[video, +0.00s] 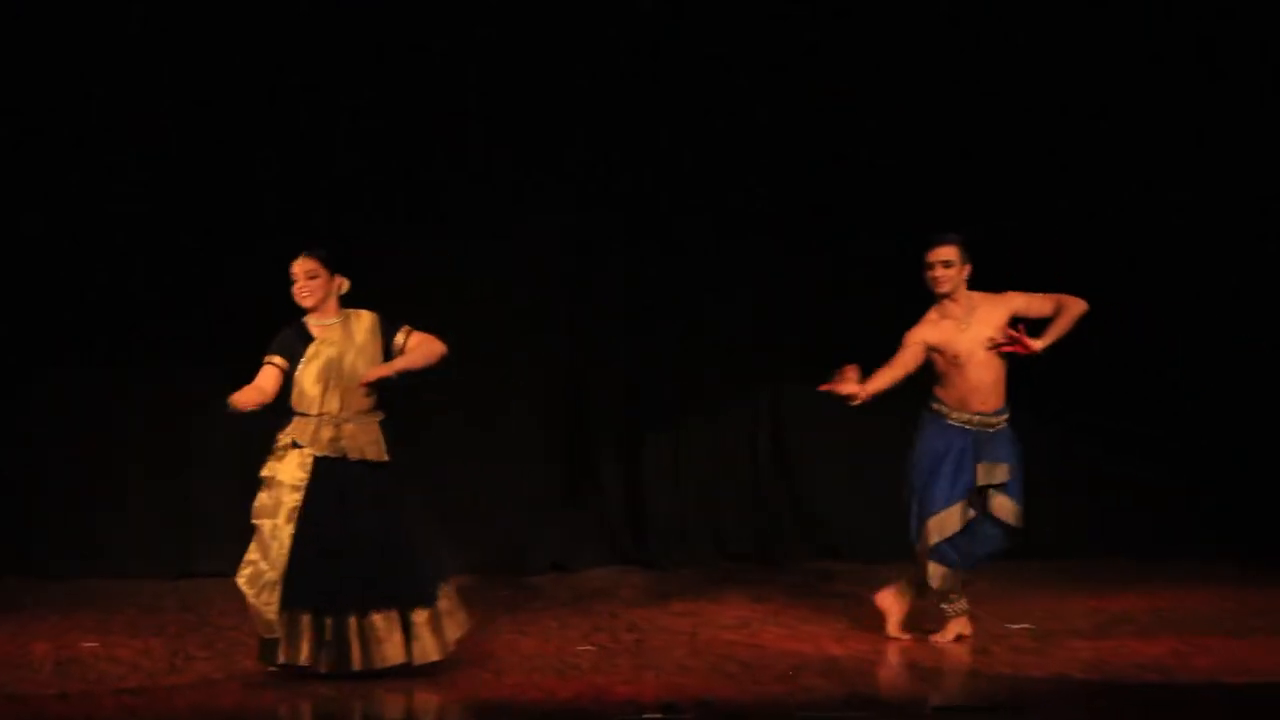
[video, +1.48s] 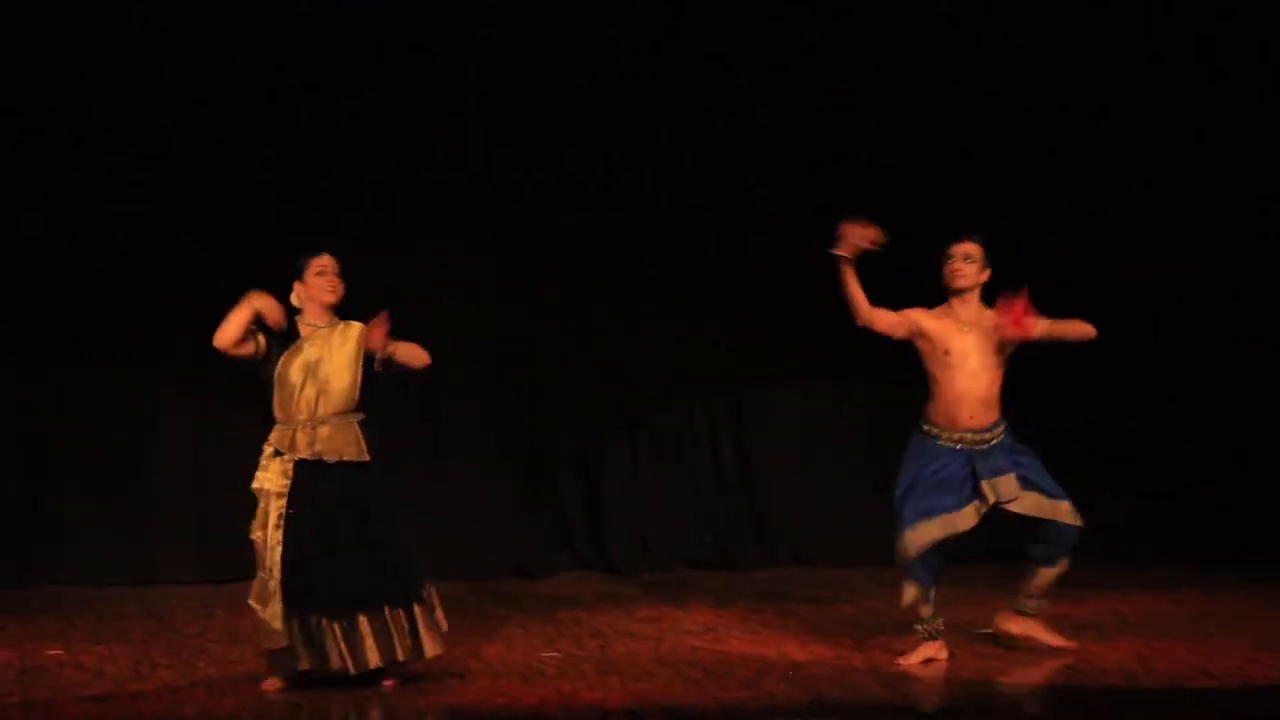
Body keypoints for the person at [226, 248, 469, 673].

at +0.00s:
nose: (301, 286)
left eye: (310, 277)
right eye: (295, 281)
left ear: (335, 282)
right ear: (292, 290)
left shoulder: (369, 326)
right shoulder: (293, 337)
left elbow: (434, 347)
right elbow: (265, 386)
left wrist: (388, 369)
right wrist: (244, 398)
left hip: (361, 452)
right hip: (305, 452)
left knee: (368, 544)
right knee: (302, 545)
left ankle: (372, 647)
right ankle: (307, 647)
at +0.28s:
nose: (274, 291)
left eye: (283, 282)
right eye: (269, 286)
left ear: (310, 288)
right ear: (267, 296)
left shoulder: (346, 331)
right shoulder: (271, 343)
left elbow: (410, 351)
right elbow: (245, 387)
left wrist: (370, 369)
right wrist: (215, 401)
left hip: (338, 457)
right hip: (282, 457)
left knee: (341, 552)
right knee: (275, 552)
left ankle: (344, 654)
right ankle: (275, 655)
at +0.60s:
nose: (280, 279)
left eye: (288, 272)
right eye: (270, 273)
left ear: (302, 281)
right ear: (259, 284)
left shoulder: (330, 328)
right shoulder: (250, 331)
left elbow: (396, 346)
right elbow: (194, 365)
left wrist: (371, 337)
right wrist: (251, 363)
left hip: (315, 456)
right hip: (257, 454)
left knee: (328, 552)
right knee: (247, 552)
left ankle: (326, 659)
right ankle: (236, 659)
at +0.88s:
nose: (349, 278)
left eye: (351, 273)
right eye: (338, 271)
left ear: (352, 285)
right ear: (312, 281)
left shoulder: (363, 330)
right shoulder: (288, 329)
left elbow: (405, 329)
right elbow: (229, 340)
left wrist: (442, 282)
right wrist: (289, 348)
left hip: (343, 455)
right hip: (288, 453)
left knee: (349, 551)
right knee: (281, 549)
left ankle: (346, 658)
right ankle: (275, 654)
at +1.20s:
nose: (355, 287)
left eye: (357, 282)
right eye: (344, 280)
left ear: (358, 294)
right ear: (317, 290)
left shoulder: (367, 339)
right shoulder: (293, 335)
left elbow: (414, 333)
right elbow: (232, 344)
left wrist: (437, 282)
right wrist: (292, 352)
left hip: (351, 459)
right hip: (298, 461)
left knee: (369, 552)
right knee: (311, 557)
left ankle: (381, 661)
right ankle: (325, 659)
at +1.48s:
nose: (333, 281)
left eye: (337, 275)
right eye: (321, 274)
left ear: (344, 289)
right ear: (298, 288)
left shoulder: (357, 335)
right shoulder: (280, 340)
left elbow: (422, 359)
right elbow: (224, 342)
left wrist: (387, 346)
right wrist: (252, 302)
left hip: (344, 459)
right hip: (289, 460)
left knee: (364, 554)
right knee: (284, 560)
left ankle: (380, 662)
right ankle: (290, 665)